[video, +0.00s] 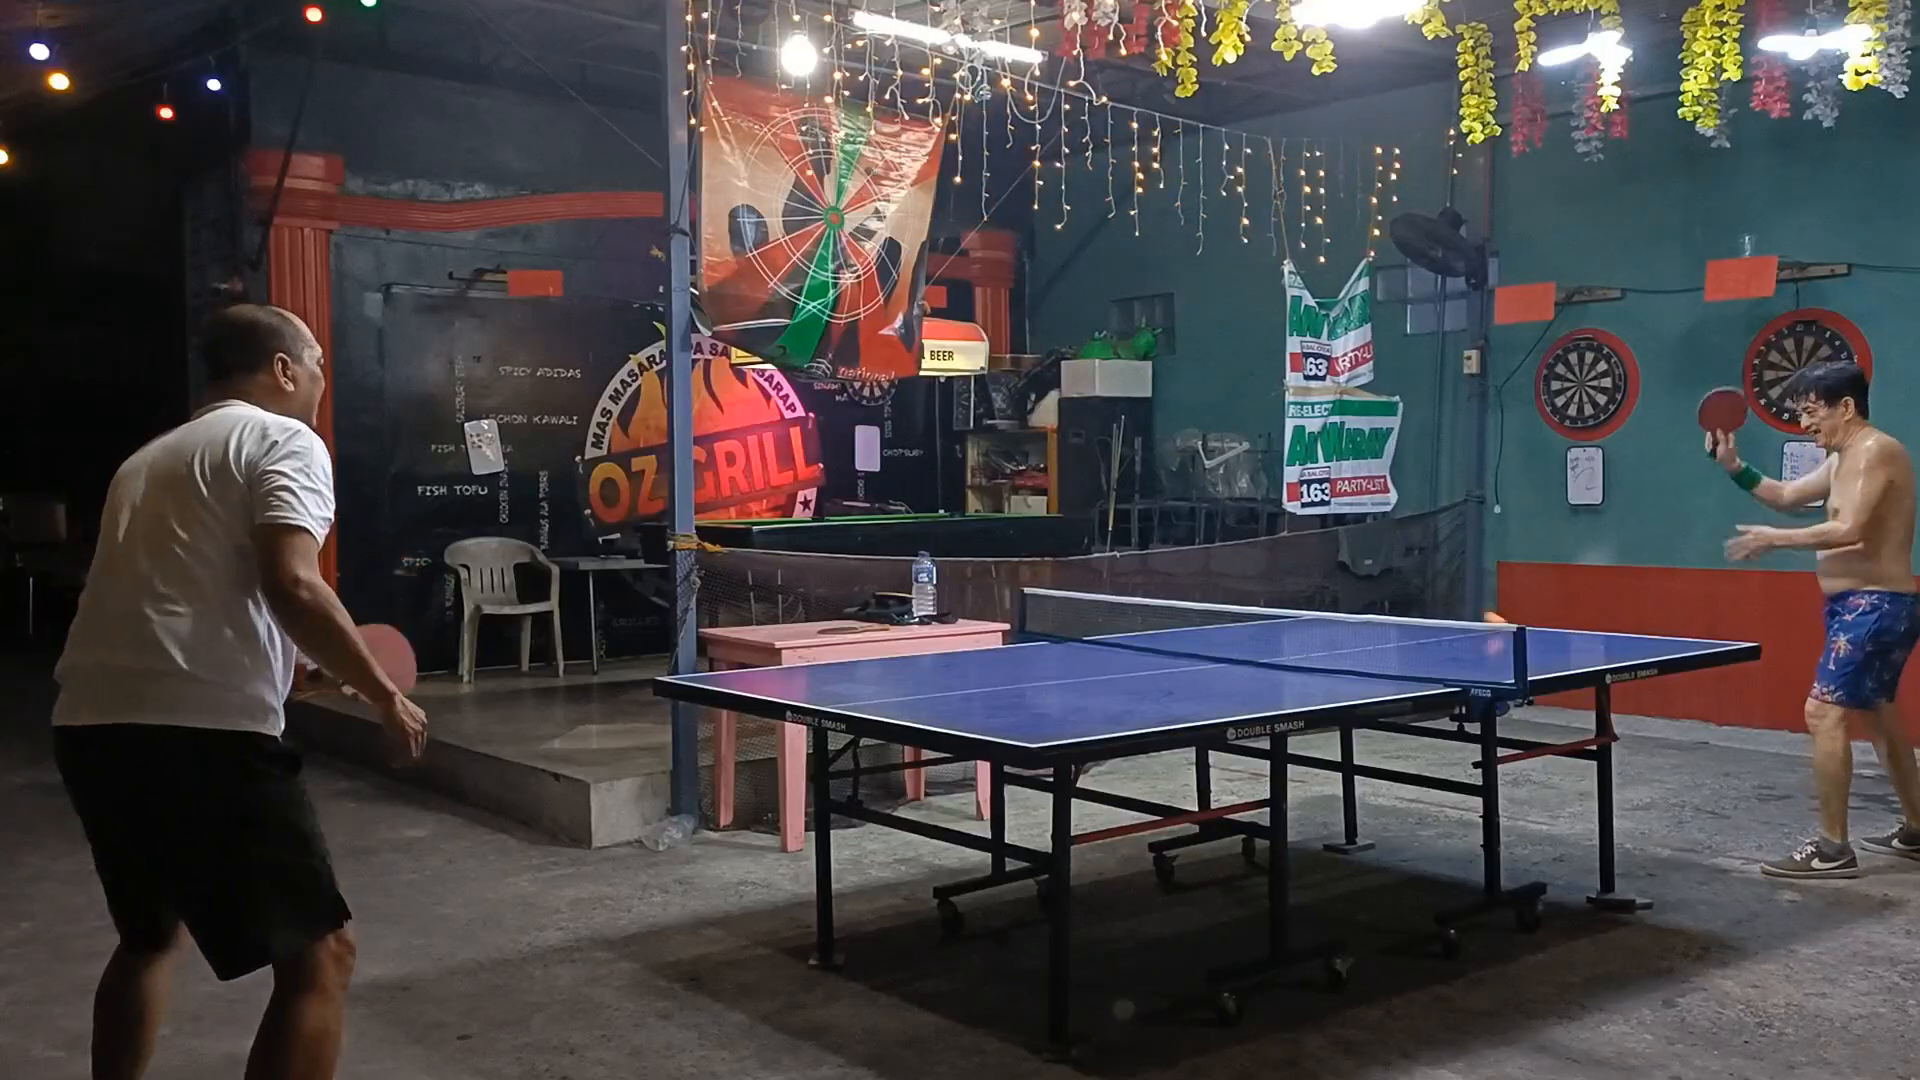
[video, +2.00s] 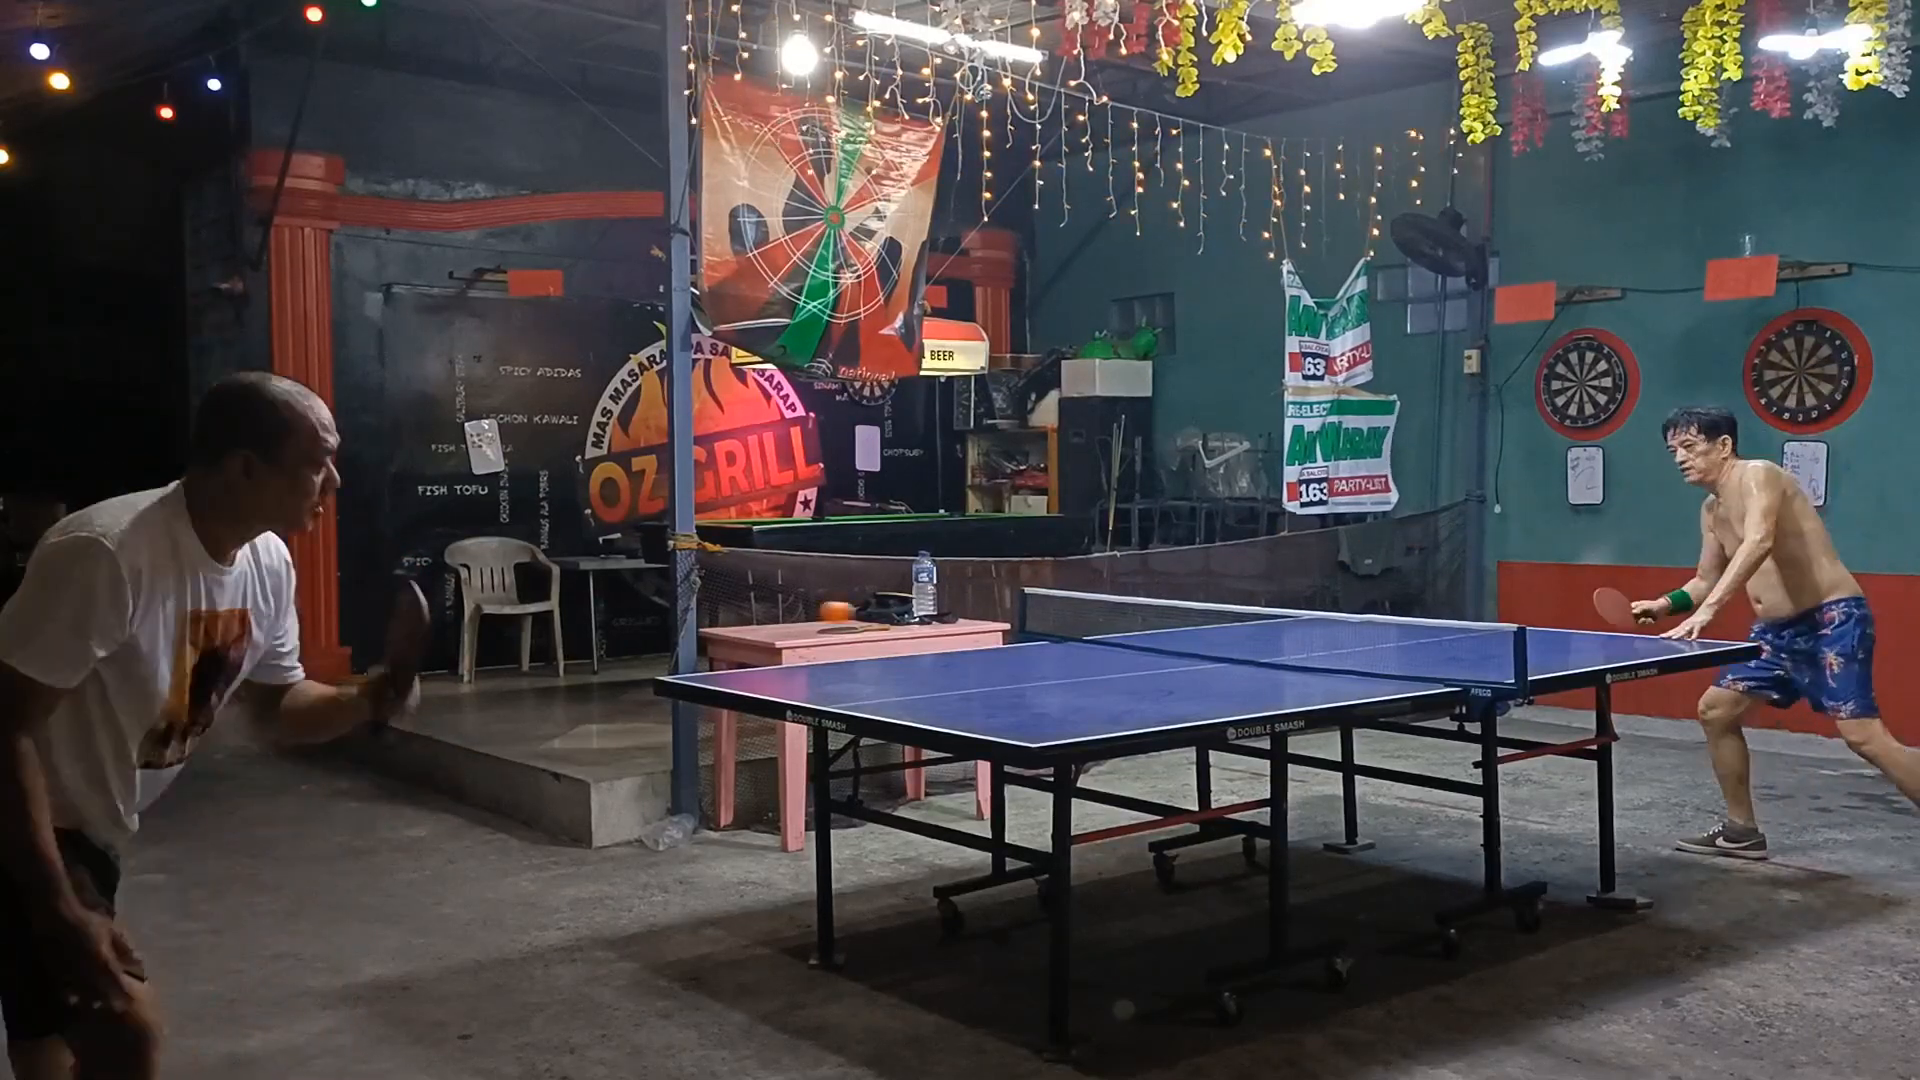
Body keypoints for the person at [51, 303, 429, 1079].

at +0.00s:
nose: (321, 390)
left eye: (321, 372)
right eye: (317, 372)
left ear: (217, 377)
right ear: (283, 371)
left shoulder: (142, 461)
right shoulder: (284, 440)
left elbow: (155, 610)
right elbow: (291, 583)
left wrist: (288, 665)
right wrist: (386, 697)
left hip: (90, 724)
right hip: (211, 727)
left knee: (148, 937)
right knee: (319, 950)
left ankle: (111, 1078)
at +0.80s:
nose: (287, 494)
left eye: (288, 483)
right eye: (286, 481)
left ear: (213, 461)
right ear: (271, 466)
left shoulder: (164, 529)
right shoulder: (244, 477)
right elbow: (246, 565)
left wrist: (373, 650)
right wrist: (367, 683)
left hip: (78, 739)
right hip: (169, 727)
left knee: (193, 916)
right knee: (298, 945)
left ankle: (160, 1070)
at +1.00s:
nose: (295, 465)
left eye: (296, 451)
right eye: (295, 448)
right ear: (271, 436)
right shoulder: (227, 455)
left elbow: (253, 673)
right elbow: (187, 541)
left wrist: (367, 734)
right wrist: (252, 663)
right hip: (126, 707)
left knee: (181, 937)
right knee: (223, 937)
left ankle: (161, 1070)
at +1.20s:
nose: (282, 439)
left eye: (283, 422)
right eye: (280, 420)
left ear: (210, 413)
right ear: (247, 413)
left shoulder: (151, 470)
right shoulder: (212, 460)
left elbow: (176, 658)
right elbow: (172, 572)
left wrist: (241, 770)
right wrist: (221, 721)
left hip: (78, 728)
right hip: (125, 732)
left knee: (173, 964)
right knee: (174, 981)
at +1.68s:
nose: (267, 412)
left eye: (263, 394)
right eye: (255, 393)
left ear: (195, 408)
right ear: (201, 407)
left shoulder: (136, 485)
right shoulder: (147, 485)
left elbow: (145, 672)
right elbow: (101, 653)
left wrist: (222, 770)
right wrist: (201, 773)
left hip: (57, 771)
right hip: (55, 776)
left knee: (116, 971)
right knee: (174, 992)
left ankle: (71, 1076)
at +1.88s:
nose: (303, 449)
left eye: (301, 430)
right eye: (290, 430)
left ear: (229, 440)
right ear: (225, 437)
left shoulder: (234, 535)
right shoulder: (107, 530)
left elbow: (224, 681)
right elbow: (28, 699)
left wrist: (307, 787)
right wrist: (126, 849)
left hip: (99, 814)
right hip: (22, 804)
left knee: (92, 1021)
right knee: (113, 1021)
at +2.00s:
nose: (334, 484)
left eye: (332, 463)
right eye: (319, 464)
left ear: (250, 474)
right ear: (247, 471)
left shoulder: (267, 561)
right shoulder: (103, 556)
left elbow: (276, 706)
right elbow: (9, 725)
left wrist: (366, 700)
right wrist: (59, 905)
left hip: (98, 836)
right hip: (30, 830)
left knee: (44, 1055)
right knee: (125, 1037)